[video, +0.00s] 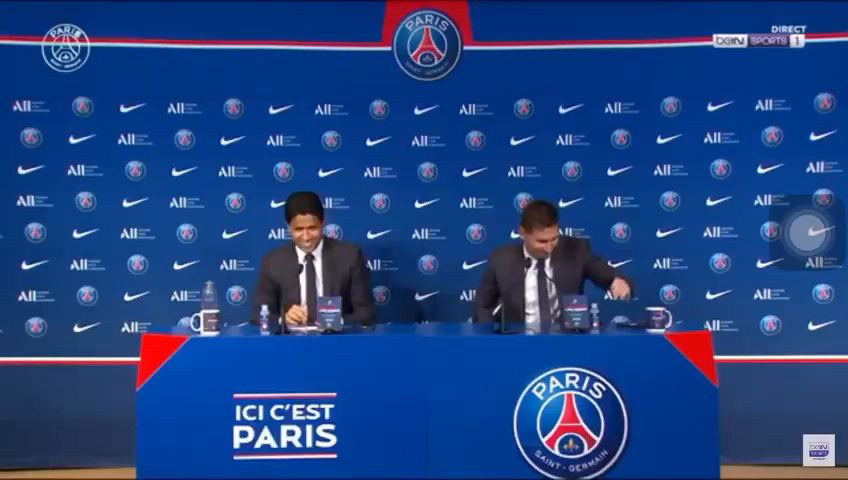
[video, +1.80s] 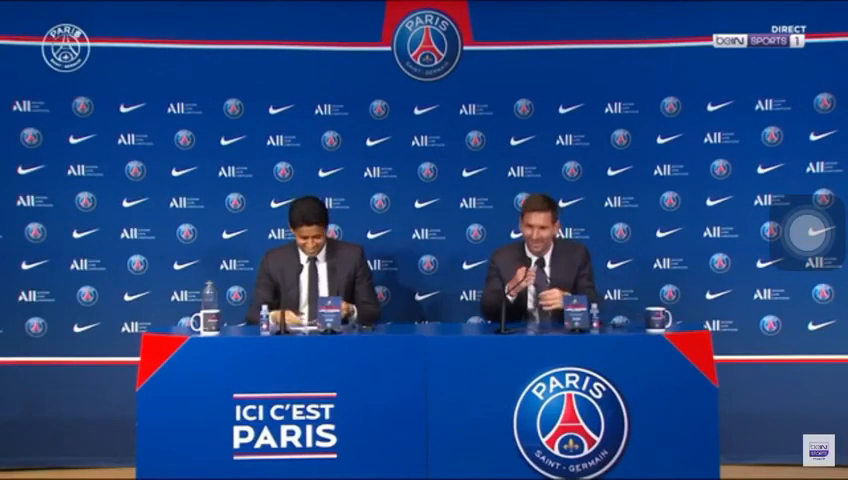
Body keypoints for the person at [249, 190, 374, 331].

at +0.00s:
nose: (306, 236)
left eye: (312, 228)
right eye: (299, 229)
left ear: (322, 223)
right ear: (289, 228)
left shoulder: (350, 256)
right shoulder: (273, 261)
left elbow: (365, 315)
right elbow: (259, 317)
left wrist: (328, 322)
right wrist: (283, 319)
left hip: (338, 347)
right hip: (290, 348)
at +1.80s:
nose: (310, 244)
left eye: (317, 237)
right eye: (304, 237)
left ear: (326, 230)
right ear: (293, 232)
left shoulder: (352, 255)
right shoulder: (274, 260)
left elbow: (372, 312)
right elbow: (254, 315)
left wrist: (351, 311)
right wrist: (277, 317)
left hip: (339, 345)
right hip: (290, 346)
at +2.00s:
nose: (310, 246)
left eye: (316, 238)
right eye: (303, 239)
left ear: (326, 231)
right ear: (293, 233)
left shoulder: (352, 254)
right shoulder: (274, 258)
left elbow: (375, 312)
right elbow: (248, 314)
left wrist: (353, 301)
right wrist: (268, 302)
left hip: (341, 345)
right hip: (289, 346)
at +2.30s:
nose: (308, 246)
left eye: (314, 240)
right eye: (301, 240)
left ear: (326, 233)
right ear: (293, 235)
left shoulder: (352, 252)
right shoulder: (276, 256)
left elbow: (380, 309)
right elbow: (243, 312)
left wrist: (353, 272)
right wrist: (265, 274)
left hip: (338, 345)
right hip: (290, 345)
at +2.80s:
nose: (306, 246)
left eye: (312, 240)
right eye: (300, 240)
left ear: (324, 234)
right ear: (291, 236)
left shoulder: (349, 248)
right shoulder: (277, 256)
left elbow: (381, 305)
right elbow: (242, 308)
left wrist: (353, 264)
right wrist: (264, 270)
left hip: (340, 345)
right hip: (290, 347)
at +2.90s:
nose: (307, 245)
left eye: (314, 239)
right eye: (301, 239)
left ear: (326, 233)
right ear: (291, 236)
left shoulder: (346, 255)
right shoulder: (278, 262)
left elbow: (384, 296)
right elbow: (239, 305)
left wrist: (354, 257)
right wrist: (260, 264)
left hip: (341, 345)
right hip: (292, 346)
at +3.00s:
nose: (308, 246)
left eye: (315, 239)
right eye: (301, 239)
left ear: (326, 232)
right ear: (291, 235)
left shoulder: (345, 254)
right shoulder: (277, 258)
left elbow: (384, 292)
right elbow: (236, 302)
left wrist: (355, 252)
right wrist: (259, 257)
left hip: (341, 345)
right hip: (291, 346)